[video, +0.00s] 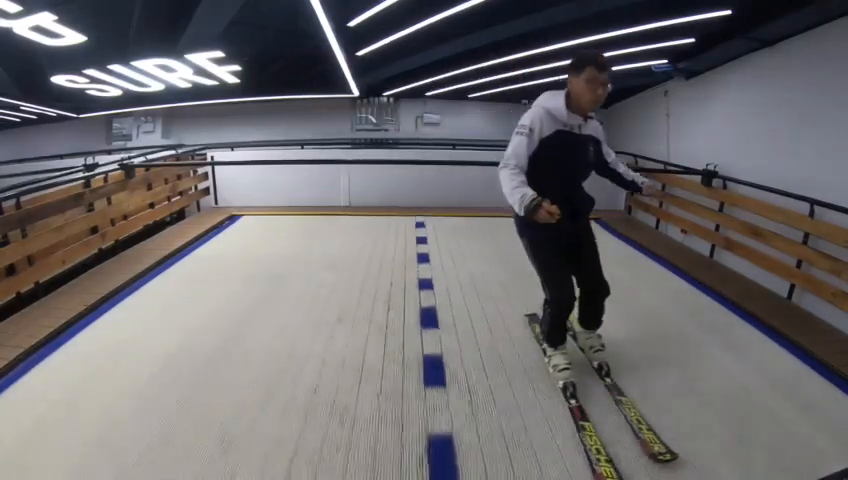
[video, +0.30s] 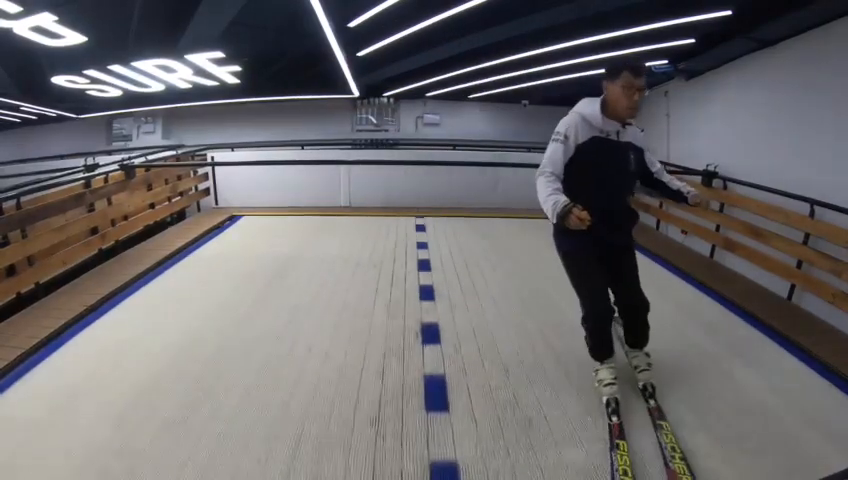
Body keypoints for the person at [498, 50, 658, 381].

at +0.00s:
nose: (601, 93)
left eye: (605, 87)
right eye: (593, 84)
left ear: (607, 89)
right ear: (572, 81)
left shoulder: (591, 126)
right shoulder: (543, 112)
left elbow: (607, 164)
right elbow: (509, 167)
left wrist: (640, 185)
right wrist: (529, 204)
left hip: (575, 214)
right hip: (538, 215)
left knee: (595, 287)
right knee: (561, 293)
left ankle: (587, 329)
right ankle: (553, 344)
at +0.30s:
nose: (636, 99)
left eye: (640, 93)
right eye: (629, 91)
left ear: (642, 94)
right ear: (608, 87)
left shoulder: (633, 137)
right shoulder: (576, 123)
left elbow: (654, 175)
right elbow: (547, 176)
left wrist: (687, 194)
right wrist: (561, 209)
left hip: (616, 229)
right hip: (577, 231)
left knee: (633, 300)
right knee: (597, 306)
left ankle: (636, 350)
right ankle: (604, 363)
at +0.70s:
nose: (622, 96)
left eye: (629, 87)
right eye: (613, 87)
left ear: (635, 90)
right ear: (592, 87)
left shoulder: (636, 140)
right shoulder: (561, 127)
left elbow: (664, 187)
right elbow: (531, 174)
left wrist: (696, 211)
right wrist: (524, 204)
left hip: (609, 250)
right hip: (560, 248)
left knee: (613, 327)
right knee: (568, 333)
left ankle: (639, 382)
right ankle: (596, 387)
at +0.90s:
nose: (576, 90)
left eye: (584, 81)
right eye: (567, 81)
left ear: (594, 85)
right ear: (551, 81)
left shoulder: (605, 140)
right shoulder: (519, 124)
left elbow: (634, 187)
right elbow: (490, 172)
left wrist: (655, 212)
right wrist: (471, 198)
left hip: (567, 253)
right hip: (515, 248)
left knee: (564, 336)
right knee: (511, 333)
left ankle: (602, 398)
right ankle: (546, 395)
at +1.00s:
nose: (542, 86)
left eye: (551, 78)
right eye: (533, 77)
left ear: (563, 83)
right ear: (518, 80)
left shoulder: (576, 139)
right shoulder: (489, 122)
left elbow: (608, 191)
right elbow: (462, 172)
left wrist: (620, 214)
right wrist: (434, 196)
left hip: (536, 253)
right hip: (485, 247)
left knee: (531, 340)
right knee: (474, 332)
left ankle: (575, 403)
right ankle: (509, 395)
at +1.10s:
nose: (499, 84)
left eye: (509, 75)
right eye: (491, 75)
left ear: (524, 78)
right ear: (479, 77)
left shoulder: (540, 137)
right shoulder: (454, 121)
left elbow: (573, 189)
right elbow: (427, 173)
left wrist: (579, 216)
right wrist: (395, 194)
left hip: (501, 250)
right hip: (452, 243)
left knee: (492, 336)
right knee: (434, 326)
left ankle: (541, 408)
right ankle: (467, 390)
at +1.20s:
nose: (453, 81)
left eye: (462, 72)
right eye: (445, 73)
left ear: (478, 75)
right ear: (433, 76)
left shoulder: (497, 131)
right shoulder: (413, 119)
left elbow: (532, 186)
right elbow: (387, 171)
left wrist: (533, 212)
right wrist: (352, 190)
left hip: (461, 248)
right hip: (413, 240)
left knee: (448, 333)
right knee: (392, 323)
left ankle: (500, 407)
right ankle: (425, 383)